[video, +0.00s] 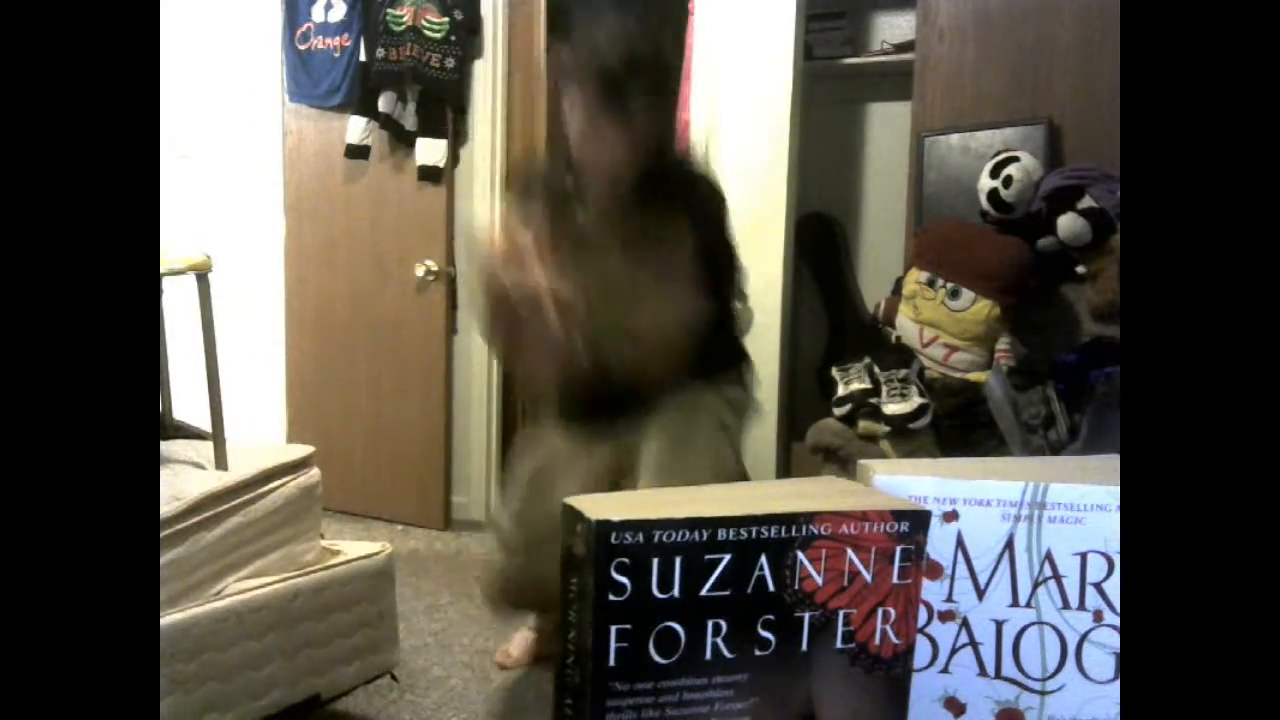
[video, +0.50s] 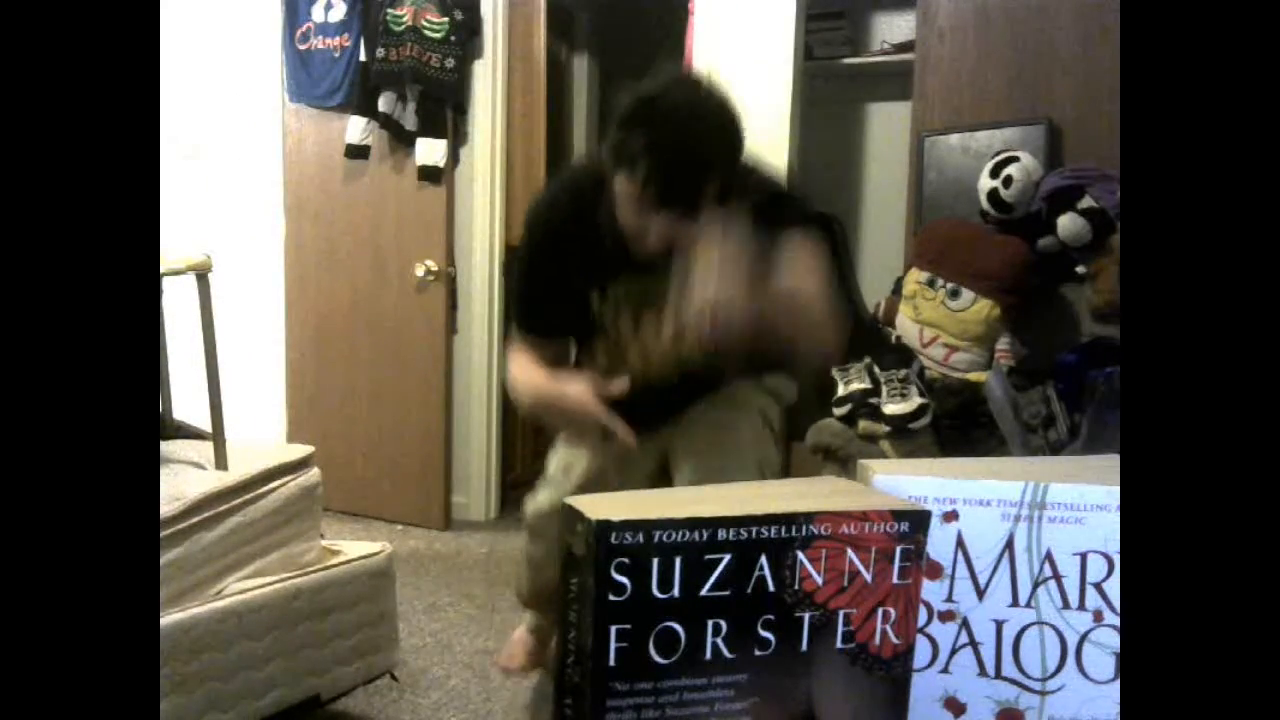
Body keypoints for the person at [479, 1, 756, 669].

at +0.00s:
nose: (592, 139)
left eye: (612, 119)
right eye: (579, 116)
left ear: (651, 120)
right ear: (562, 112)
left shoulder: (686, 198)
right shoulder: (544, 195)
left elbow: (686, 332)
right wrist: (521, 299)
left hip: (689, 385)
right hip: (584, 387)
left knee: (679, 486)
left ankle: (682, 623)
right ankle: (546, 616)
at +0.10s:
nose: (625, 247)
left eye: (644, 229)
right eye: (611, 225)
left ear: (676, 211)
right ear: (587, 201)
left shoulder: (718, 254)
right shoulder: (551, 256)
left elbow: (722, 428)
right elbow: (536, 401)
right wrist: (567, 421)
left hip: (695, 438)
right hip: (599, 448)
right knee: (547, 551)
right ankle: (539, 632)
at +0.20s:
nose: (649, 276)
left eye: (670, 258)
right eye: (633, 254)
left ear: (700, 233)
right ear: (605, 223)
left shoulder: (737, 255)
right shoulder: (559, 261)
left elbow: (765, 424)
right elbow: (538, 422)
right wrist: (571, 449)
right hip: (598, 439)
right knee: (560, 541)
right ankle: (545, 624)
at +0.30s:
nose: (653, 254)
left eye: (675, 238)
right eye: (639, 230)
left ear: (707, 213)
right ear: (613, 196)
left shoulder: (749, 237)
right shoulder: (563, 239)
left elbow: (793, 387)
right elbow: (533, 391)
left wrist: (724, 370)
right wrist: (575, 423)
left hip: (711, 408)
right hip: (602, 408)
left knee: (738, 512)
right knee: (558, 528)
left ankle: (739, 635)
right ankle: (544, 621)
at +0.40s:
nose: (653, 254)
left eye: (675, 238)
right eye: (639, 230)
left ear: (707, 213)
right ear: (613, 196)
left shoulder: (749, 237)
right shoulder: (562, 239)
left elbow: (793, 387)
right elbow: (533, 391)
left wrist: (724, 370)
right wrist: (575, 423)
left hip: (712, 409)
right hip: (602, 408)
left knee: (738, 512)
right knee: (559, 528)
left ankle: (738, 635)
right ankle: (544, 621)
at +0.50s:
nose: (658, 234)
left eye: (679, 217)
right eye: (645, 209)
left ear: (716, 191)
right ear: (618, 174)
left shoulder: (764, 213)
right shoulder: (565, 215)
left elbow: (820, 334)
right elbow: (524, 365)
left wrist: (747, 310)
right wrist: (564, 394)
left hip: (726, 389)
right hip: (613, 396)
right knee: (561, 496)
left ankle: (729, 630)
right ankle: (541, 618)